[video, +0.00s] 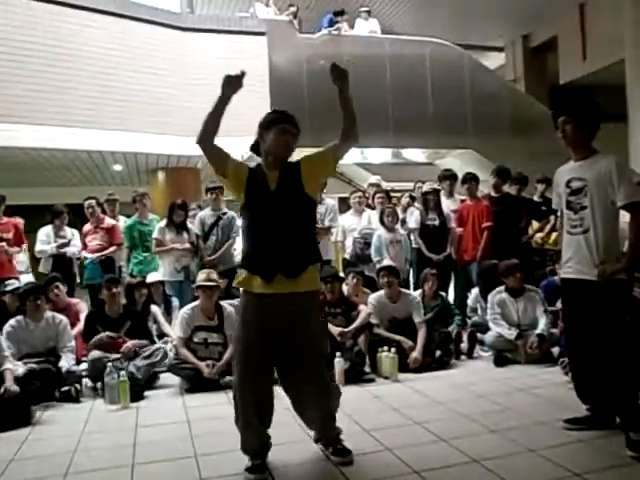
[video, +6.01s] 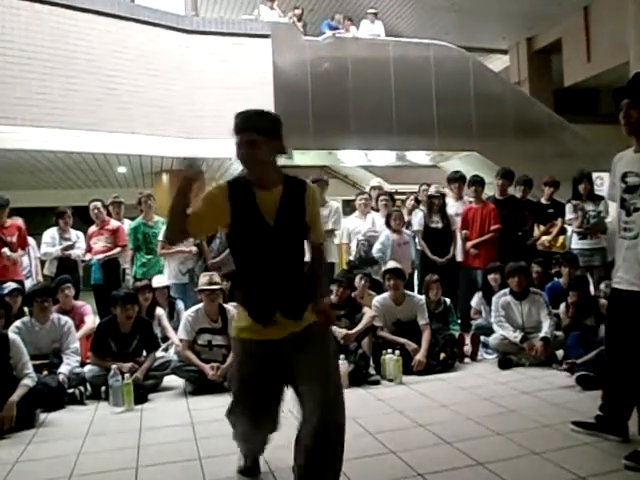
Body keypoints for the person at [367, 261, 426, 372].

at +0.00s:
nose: (387, 280)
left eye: (390, 276)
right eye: (383, 277)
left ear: (398, 279)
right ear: (379, 281)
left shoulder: (412, 299)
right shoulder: (374, 300)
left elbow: (421, 327)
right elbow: (375, 328)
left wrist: (418, 351)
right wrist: (401, 340)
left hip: (408, 329)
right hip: (386, 331)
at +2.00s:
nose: (389, 279)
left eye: (392, 275)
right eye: (385, 276)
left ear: (399, 277)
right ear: (380, 281)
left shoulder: (413, 299)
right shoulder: (374, 300)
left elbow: (422, 326)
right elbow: (375, 329)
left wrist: (418, 351)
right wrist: (401, 339)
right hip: (387, 337)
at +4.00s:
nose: (393, 282)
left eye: (397, 278)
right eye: (389, 278)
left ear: (403, 281)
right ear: (384, 282)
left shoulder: (418, 301)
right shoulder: (378, 302)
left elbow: (426, 329)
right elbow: (379, 330)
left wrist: (422, 354)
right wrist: (405, 342)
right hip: (391, 338)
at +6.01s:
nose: (393, 283)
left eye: (397, 279)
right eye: (389, 279)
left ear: (403, 281)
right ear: (385, 283)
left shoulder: (418, 300)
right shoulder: (378, 302)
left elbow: (426, 329)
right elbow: (378, 331)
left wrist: (422, 354)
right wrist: (405, 342)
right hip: (391, 337)